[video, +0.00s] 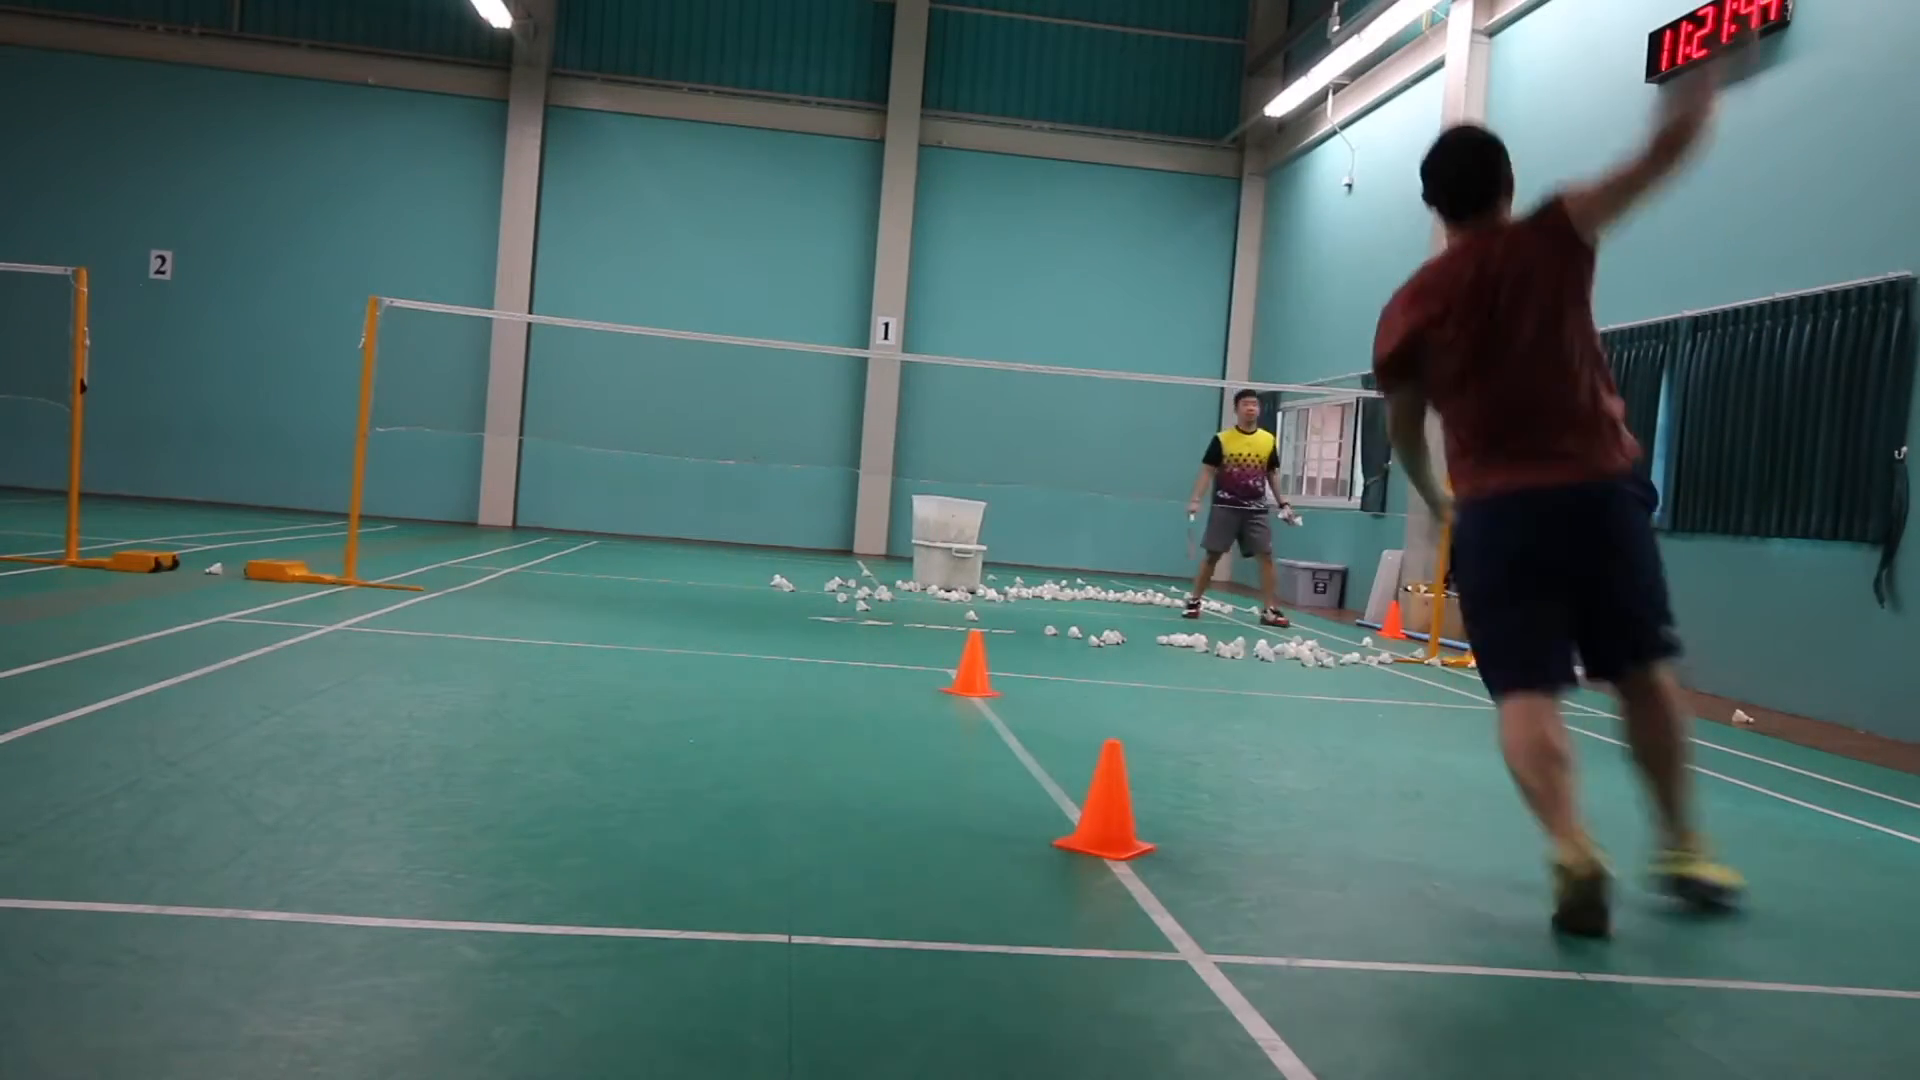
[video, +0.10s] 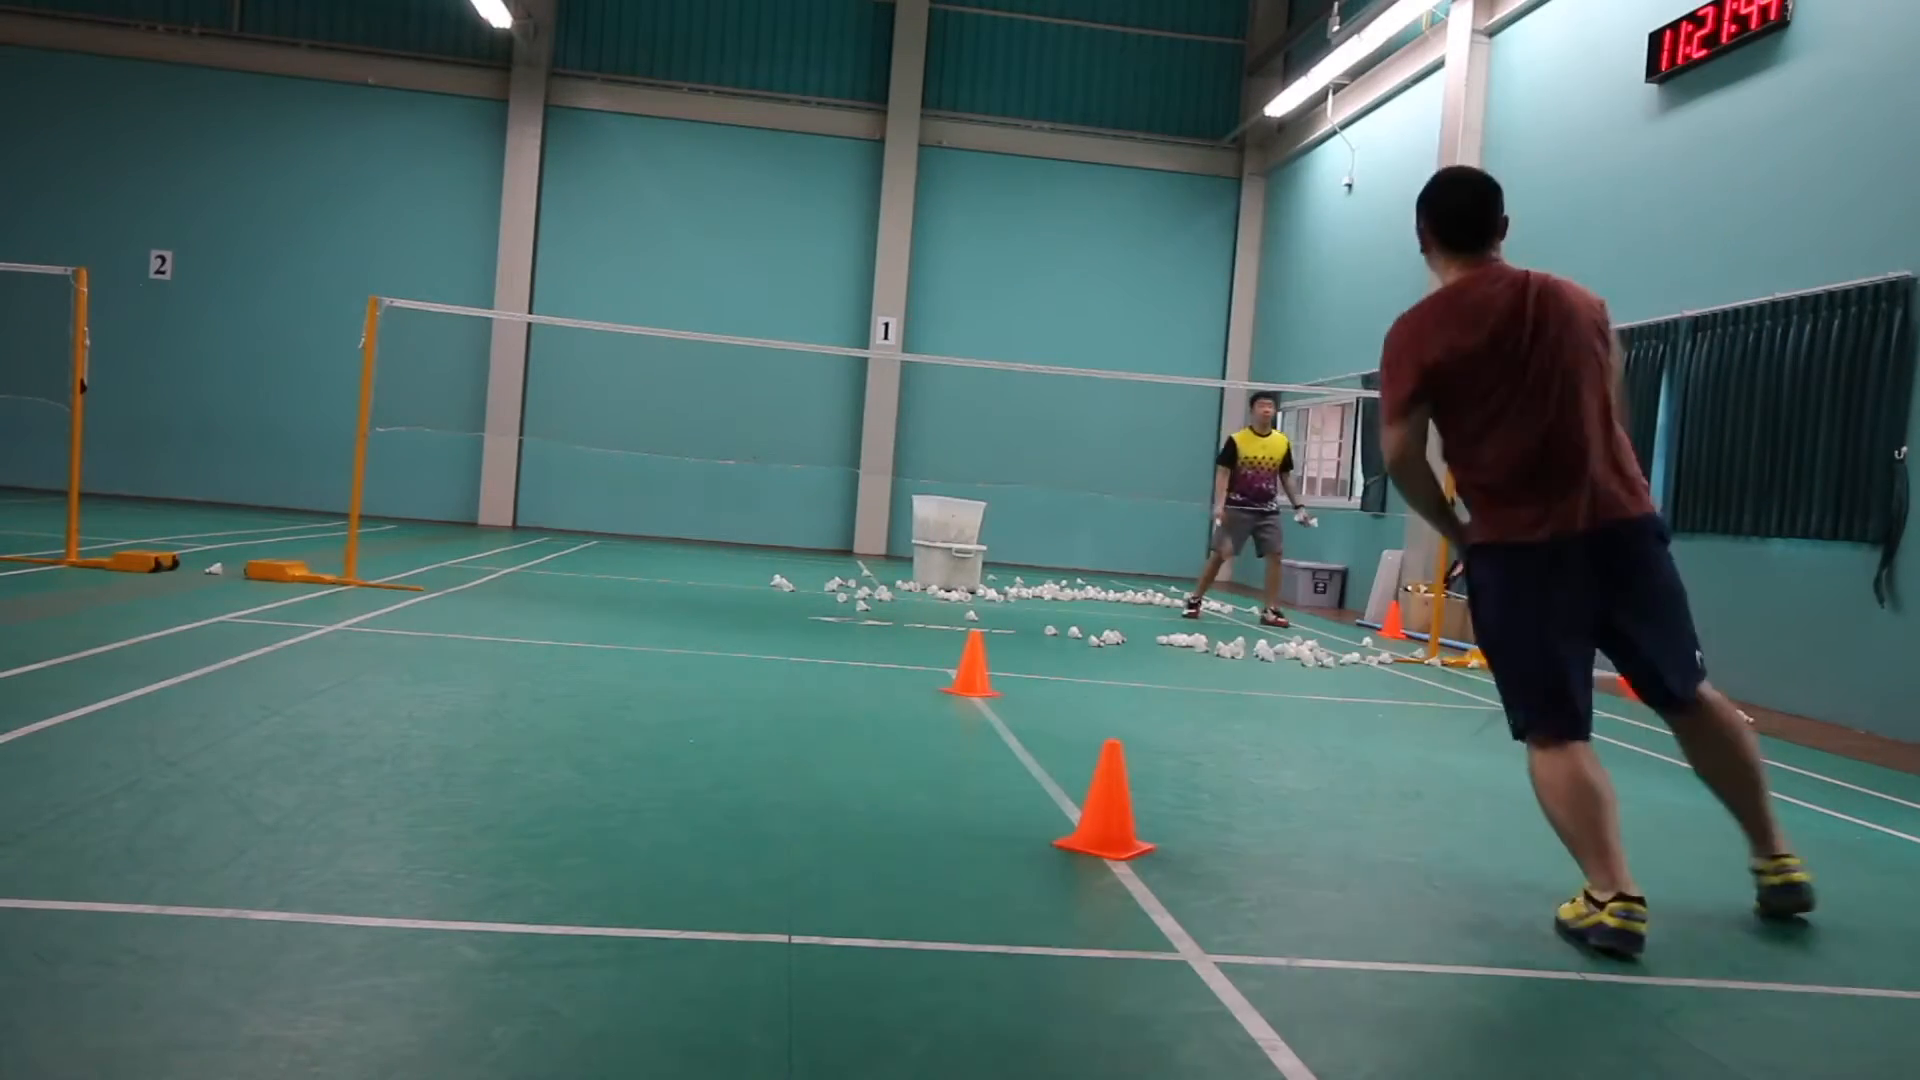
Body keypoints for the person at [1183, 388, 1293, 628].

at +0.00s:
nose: (1251, 409)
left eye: (1254, 405)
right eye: (1246, 404)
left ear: (1259, 410)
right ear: (1236, 409)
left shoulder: (1268, 441)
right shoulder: (1222, 439)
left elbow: (1272, 474)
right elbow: (1207, 471)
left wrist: (1281, 502)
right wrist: (1195, 499)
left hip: (1256, 509)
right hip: (1226, 507)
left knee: (1266, 556)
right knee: (1213, 556)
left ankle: (1270, 609)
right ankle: (1195, 600)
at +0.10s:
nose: (1266, 410)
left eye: (1270, 406)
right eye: (1261, 406)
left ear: (1275, 412)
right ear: (1252, 410)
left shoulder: (1282, 443)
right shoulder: (1237, 440)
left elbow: (1286, 477)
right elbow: (1223, 474)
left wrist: (1298, 508)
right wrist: (1219, 507)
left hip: (1268, 511)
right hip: (1238, 509)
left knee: (1275, 556)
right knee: (1221, 554)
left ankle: (1270, 609)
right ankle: (1196, 598)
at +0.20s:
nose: (1277, 415)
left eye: (1281, 411)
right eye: (1272, 410)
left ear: (1285, 415)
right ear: (1262, 413)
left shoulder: (1289, 444)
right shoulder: (1246, 443)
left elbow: (1293, 478)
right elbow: (1233, 478)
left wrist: (1308, 507)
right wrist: (1237, 510)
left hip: (1273, 512)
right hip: (1245, 509)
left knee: (1278, 557)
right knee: (1223, 554)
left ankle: (1271, 609)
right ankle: (1197, 597)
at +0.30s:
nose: (1282, 423)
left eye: (1286, 419)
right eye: (1278, 418)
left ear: (1289, 422)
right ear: (1267, 419)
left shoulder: (1292, 446)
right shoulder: (1250, 446)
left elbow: (1297, 478)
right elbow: (1235, 478)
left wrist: (1312, 504)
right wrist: (1255, 501)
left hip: (1272, 512)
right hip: (1242, 510)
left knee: (1277, 557)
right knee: (1223, 554)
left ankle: (1271, 609)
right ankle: (1200, 599)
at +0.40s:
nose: (1278, 428)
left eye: (1282, 423)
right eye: (1274, 422)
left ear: (1286, 425)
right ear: (1263, 423)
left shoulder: (1282, 451)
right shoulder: (1245, 448)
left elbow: (1285, 478)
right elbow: (1235, 480)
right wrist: (1242, 487)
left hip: (1269, 512)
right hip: (1241, 511)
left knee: (1273, 558)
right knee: (1223, 557)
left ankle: (1272, 609)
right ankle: (1204, 602)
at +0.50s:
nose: (1270, 420)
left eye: (1273, 415)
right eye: (1265, 414)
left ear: (1277, 419)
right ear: (1254, 416)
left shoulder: (1276, 445)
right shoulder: (1239, 441)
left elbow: (1279, 474)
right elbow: (1221, 467)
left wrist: (1295, 496)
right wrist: (1211, 488)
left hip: (1255, 505)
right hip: (1228, 502)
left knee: (1268, 554)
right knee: (1220, 553)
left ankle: (1270, 608)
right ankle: (1203, 602)